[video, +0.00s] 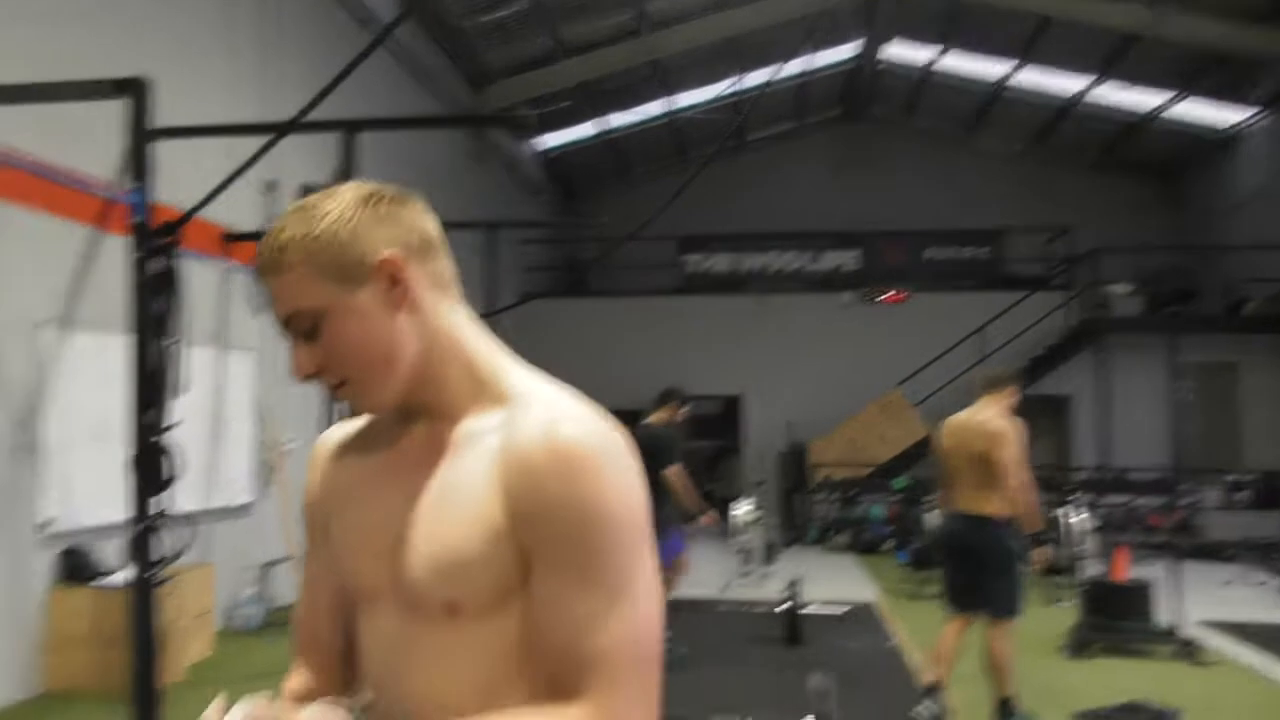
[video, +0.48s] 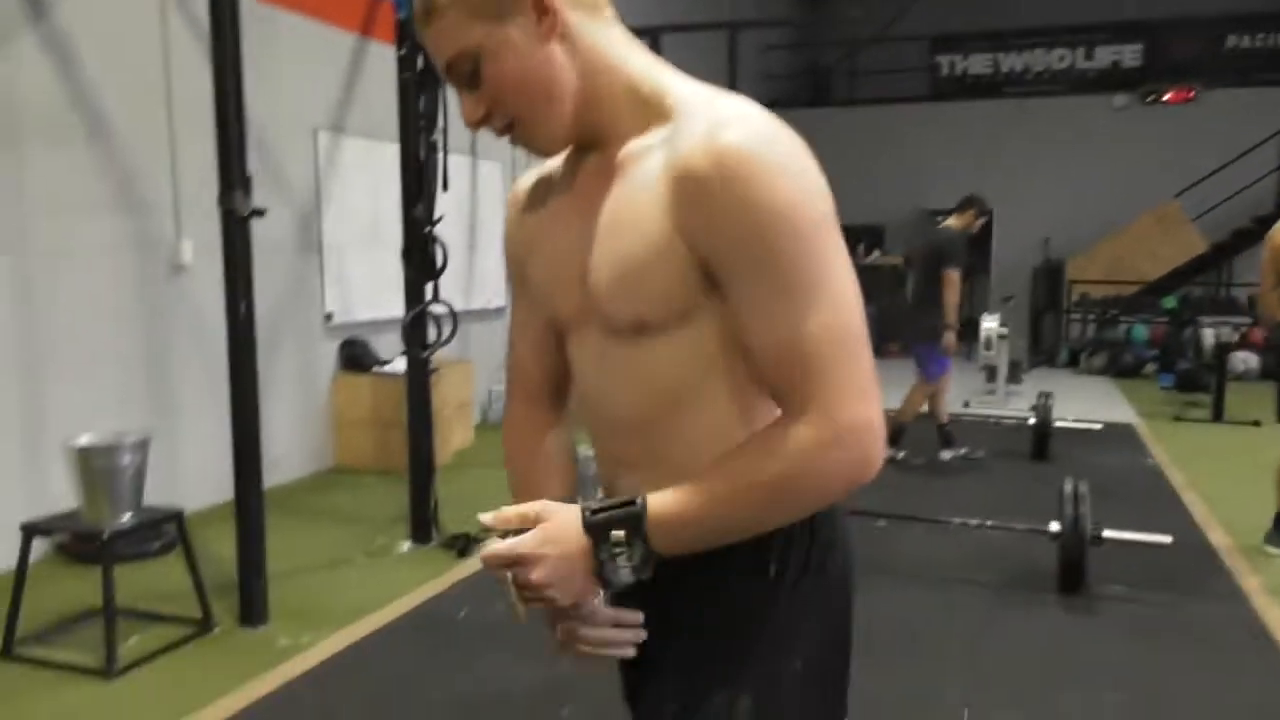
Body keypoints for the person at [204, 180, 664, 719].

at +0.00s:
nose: (301, 366)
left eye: (310, 329)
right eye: (293, 337)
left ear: (395, 285)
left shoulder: (568, 451)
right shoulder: (338, 458)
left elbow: (615, 705)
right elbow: (319, 672)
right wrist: (278, 709)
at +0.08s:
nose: (332, 326)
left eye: (338, 288)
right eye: (323, 297)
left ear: (417, 242)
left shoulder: (596, 393)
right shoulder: (373, 418)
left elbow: (657, 672)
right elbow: (366, 633)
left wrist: (414, 679)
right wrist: (324, 661)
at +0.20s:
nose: (377, 262)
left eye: (382, 226)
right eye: (365, 238)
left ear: (458, 175)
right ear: (459, 176)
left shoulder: (636, 315)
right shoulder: (422, 358)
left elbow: (714, 586)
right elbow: (418, 582)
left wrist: (476, 615)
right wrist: (434, 677)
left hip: (644, 688)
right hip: (495, 695)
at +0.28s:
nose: (414, 216)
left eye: (417, 176)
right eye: (401, 191)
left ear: (496, 124)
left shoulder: (674, 266)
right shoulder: (462, 314)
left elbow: (761, 531)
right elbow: (459, 533)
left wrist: (533, 580)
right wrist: (475, 632)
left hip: (695, 653)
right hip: (558, 660)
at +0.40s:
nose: (455, 149)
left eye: (457, 109)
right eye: (441, 122)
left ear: (531, 51)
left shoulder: (718, 193)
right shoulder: (513, 249)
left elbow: (822, 464)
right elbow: (510, 460)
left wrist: (586, 543)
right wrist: (549, 600)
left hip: (745, 598)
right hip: (616, 605)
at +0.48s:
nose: (471, 115)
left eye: (471, 71)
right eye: (455, 86)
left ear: (544, 16)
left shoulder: (734, 156)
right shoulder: (538, 202)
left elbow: (847, 435)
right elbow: (535, 407)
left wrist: (613, 541)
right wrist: (557, 571)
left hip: (763, 571)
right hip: (647, 580)